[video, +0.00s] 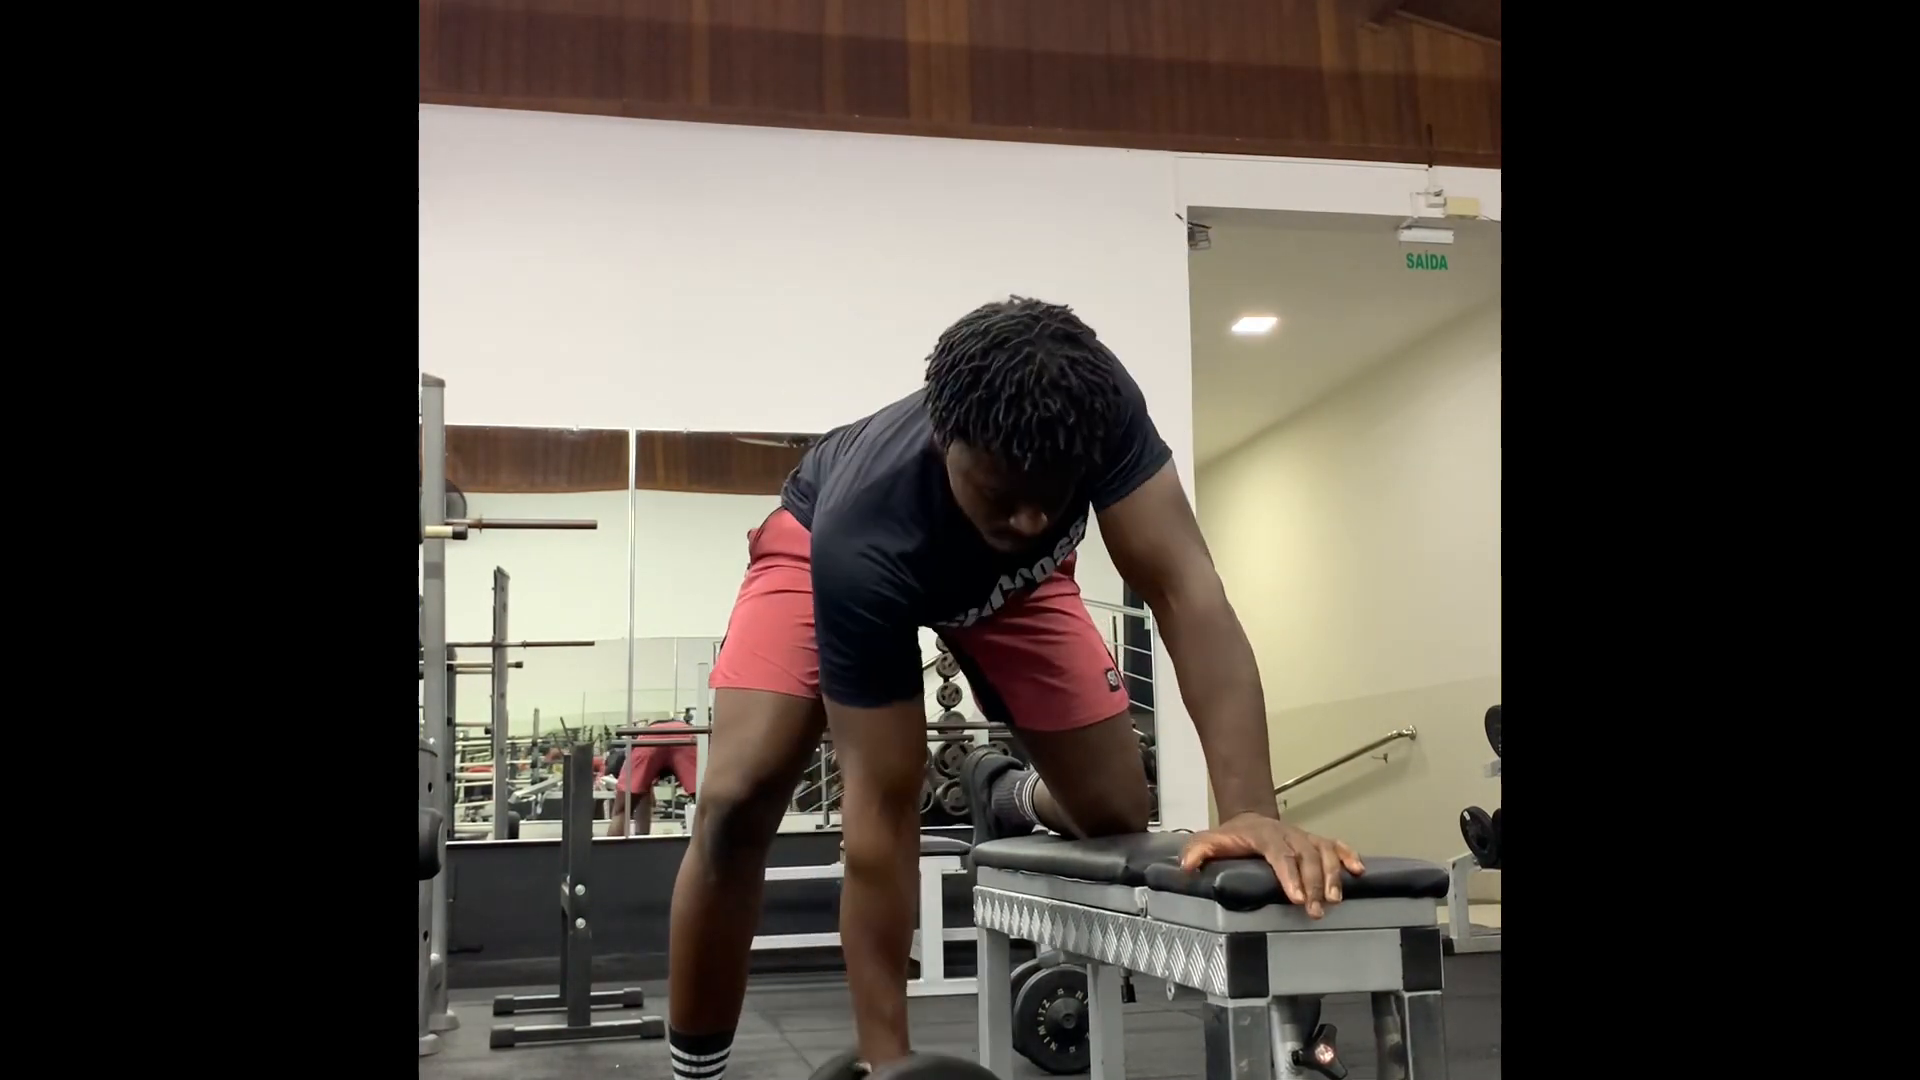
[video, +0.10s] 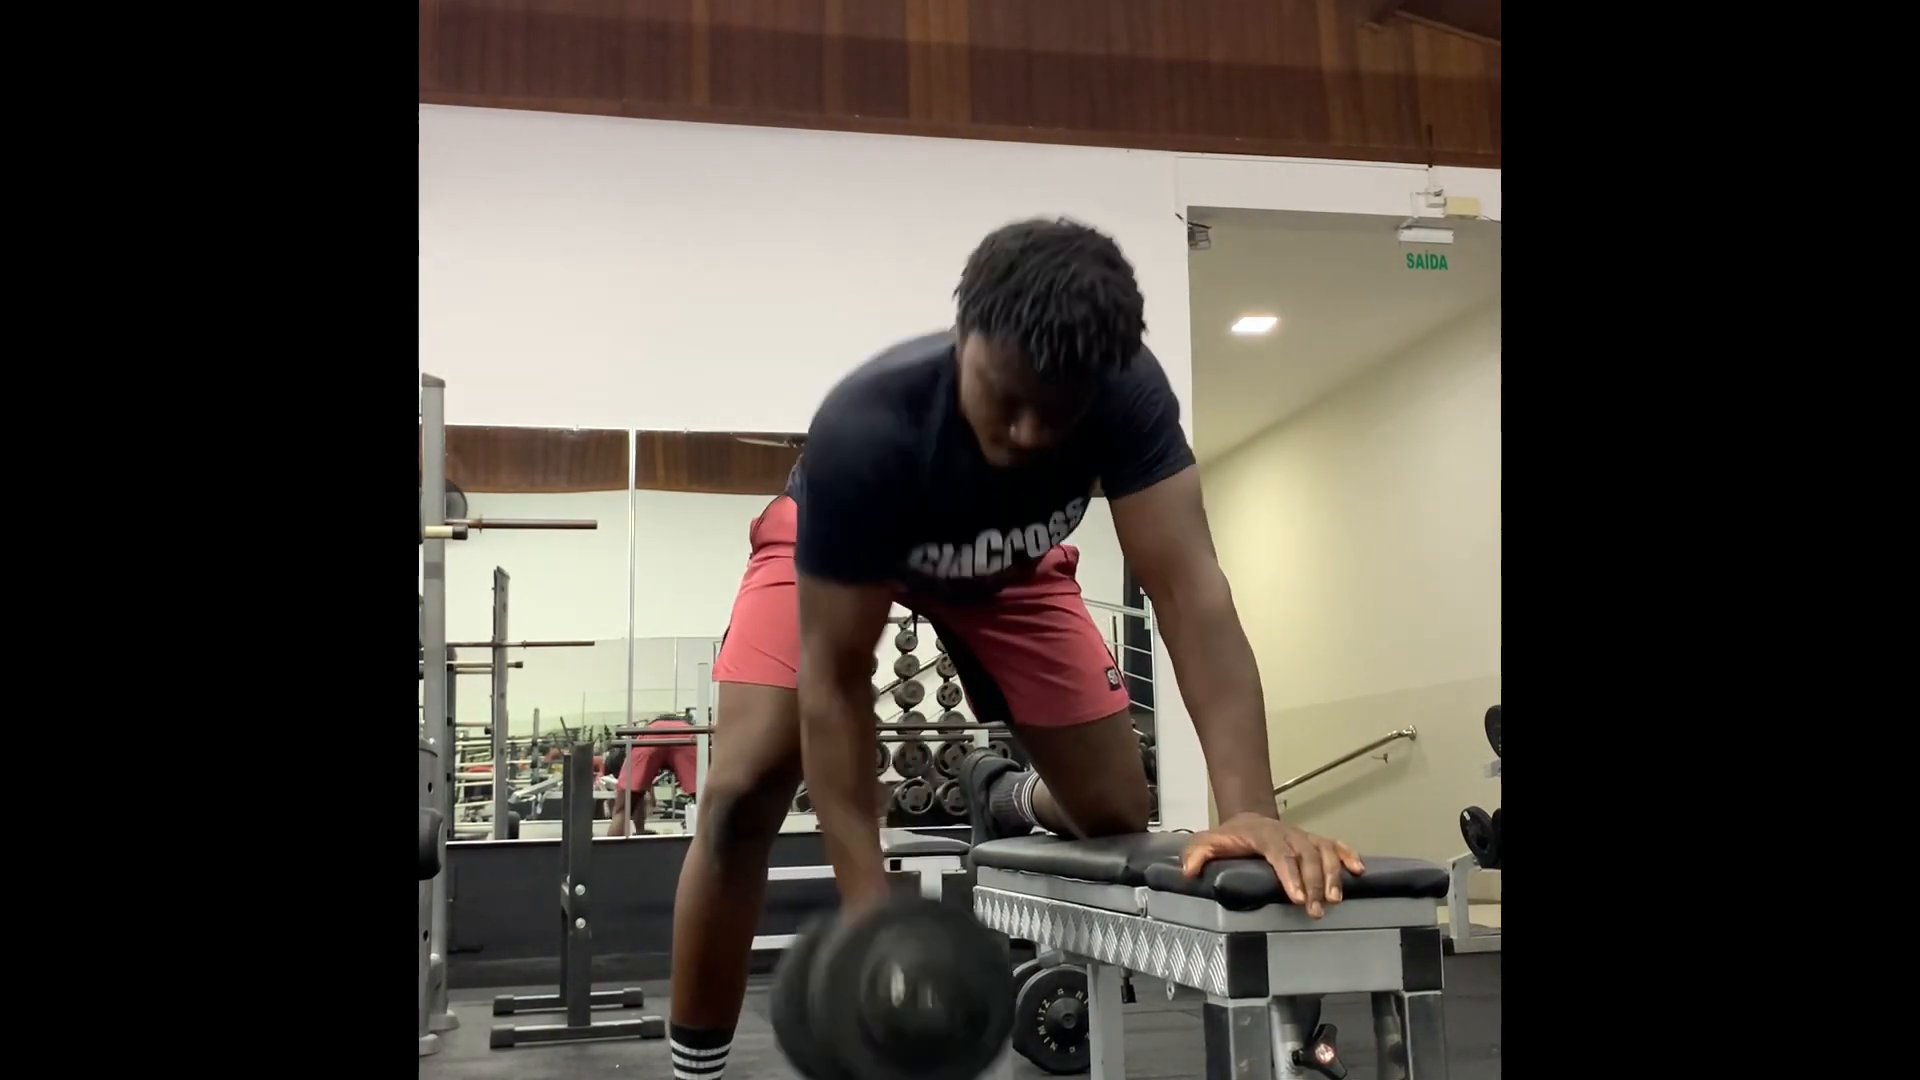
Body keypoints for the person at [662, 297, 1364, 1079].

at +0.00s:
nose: (1030, 524)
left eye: (1055, 499)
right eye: (1001, 499)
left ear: (1088, 451)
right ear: (947, 449)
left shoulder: (1098, 410)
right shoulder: (869, 540)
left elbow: (1187, 592)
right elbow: (882, 813)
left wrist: (1250, 808)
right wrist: (883, 1058)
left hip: (1017, 562)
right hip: (836, 541)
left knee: (1121, 816)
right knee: (734, 803)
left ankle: (1000, 797)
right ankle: (695, 1069)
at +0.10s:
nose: (1028, 432)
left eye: (1058, 411)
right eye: (1006, 400)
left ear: (1101, 379)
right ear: (965, 342)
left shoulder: (1126, 394)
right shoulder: (866, 433)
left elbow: (1191, 587)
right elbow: (834, 683)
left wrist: (1250, 806)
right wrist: (871, 921)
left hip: (1013, 563)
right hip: (839, 552)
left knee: (1121, 815)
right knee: (741, 794)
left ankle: (1002, 797)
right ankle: (695, 1072)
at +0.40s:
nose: (1108, 338)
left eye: (1142, 312)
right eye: (1086, 300)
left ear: (1179, 286)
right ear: (1045, 239)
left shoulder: (1177, 383)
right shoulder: (945, 255)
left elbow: (1212, 583)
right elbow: (803, 315)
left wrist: (1253, 807)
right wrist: (826, 448)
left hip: (1010, 560)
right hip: (859, 520)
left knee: (1118, 813)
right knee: (749, 800)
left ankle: (988, 802)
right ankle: (695, 1074)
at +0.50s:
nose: (1094, 370)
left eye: (1125, 347)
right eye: (1071, 336)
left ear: (1160, 318)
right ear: (1021, 277)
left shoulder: (1165, 381)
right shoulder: (913, 316)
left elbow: (1205, 579)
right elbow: (789, 470)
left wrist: (1251, 806)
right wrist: (840, 658)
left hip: (1020, 574)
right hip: (847, 545)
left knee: (1120, 816)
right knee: (745, 800)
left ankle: (992, 798)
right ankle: (695, 1073)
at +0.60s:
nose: (1077, 420)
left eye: (1103, 394)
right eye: (1052, 392)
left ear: (1135, 353)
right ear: (997, 336)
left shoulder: (1146, 391)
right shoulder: (891, 401)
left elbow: (1198, 586)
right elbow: (828, 631)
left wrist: (1251, 806)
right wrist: (869, 862)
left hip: (1016, 567)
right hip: (844, 544)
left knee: (1123, 819)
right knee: (742, 797)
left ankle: (1003, 797)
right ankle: (695, 1070)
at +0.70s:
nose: (1064, 490)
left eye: (1087, 462)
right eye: (1034, 461)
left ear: (1120, 420)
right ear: (975, 405)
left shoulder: (1122, 412)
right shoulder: (881, 501)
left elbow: (1194, 593)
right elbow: (870, 765)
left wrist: (1254, 808)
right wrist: (905, 1025)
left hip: (1014, 567)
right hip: (839, 543)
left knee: (1120, 812)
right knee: (736, 800)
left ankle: (982, 790)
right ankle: (694, 1072)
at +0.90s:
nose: (1056, 481)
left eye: (1081, 456)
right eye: (1026, 453)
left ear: (1117, 412)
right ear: (969, 393)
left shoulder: (1126, 406)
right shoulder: (881, 489)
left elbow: (1195, 590)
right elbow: (873, 754)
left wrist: (1254, 807)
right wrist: (918, 1012)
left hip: (1014, 566)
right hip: (838, 544)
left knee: (1120, 814)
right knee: (735, 797)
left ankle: (987, 791)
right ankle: (694, 1069)